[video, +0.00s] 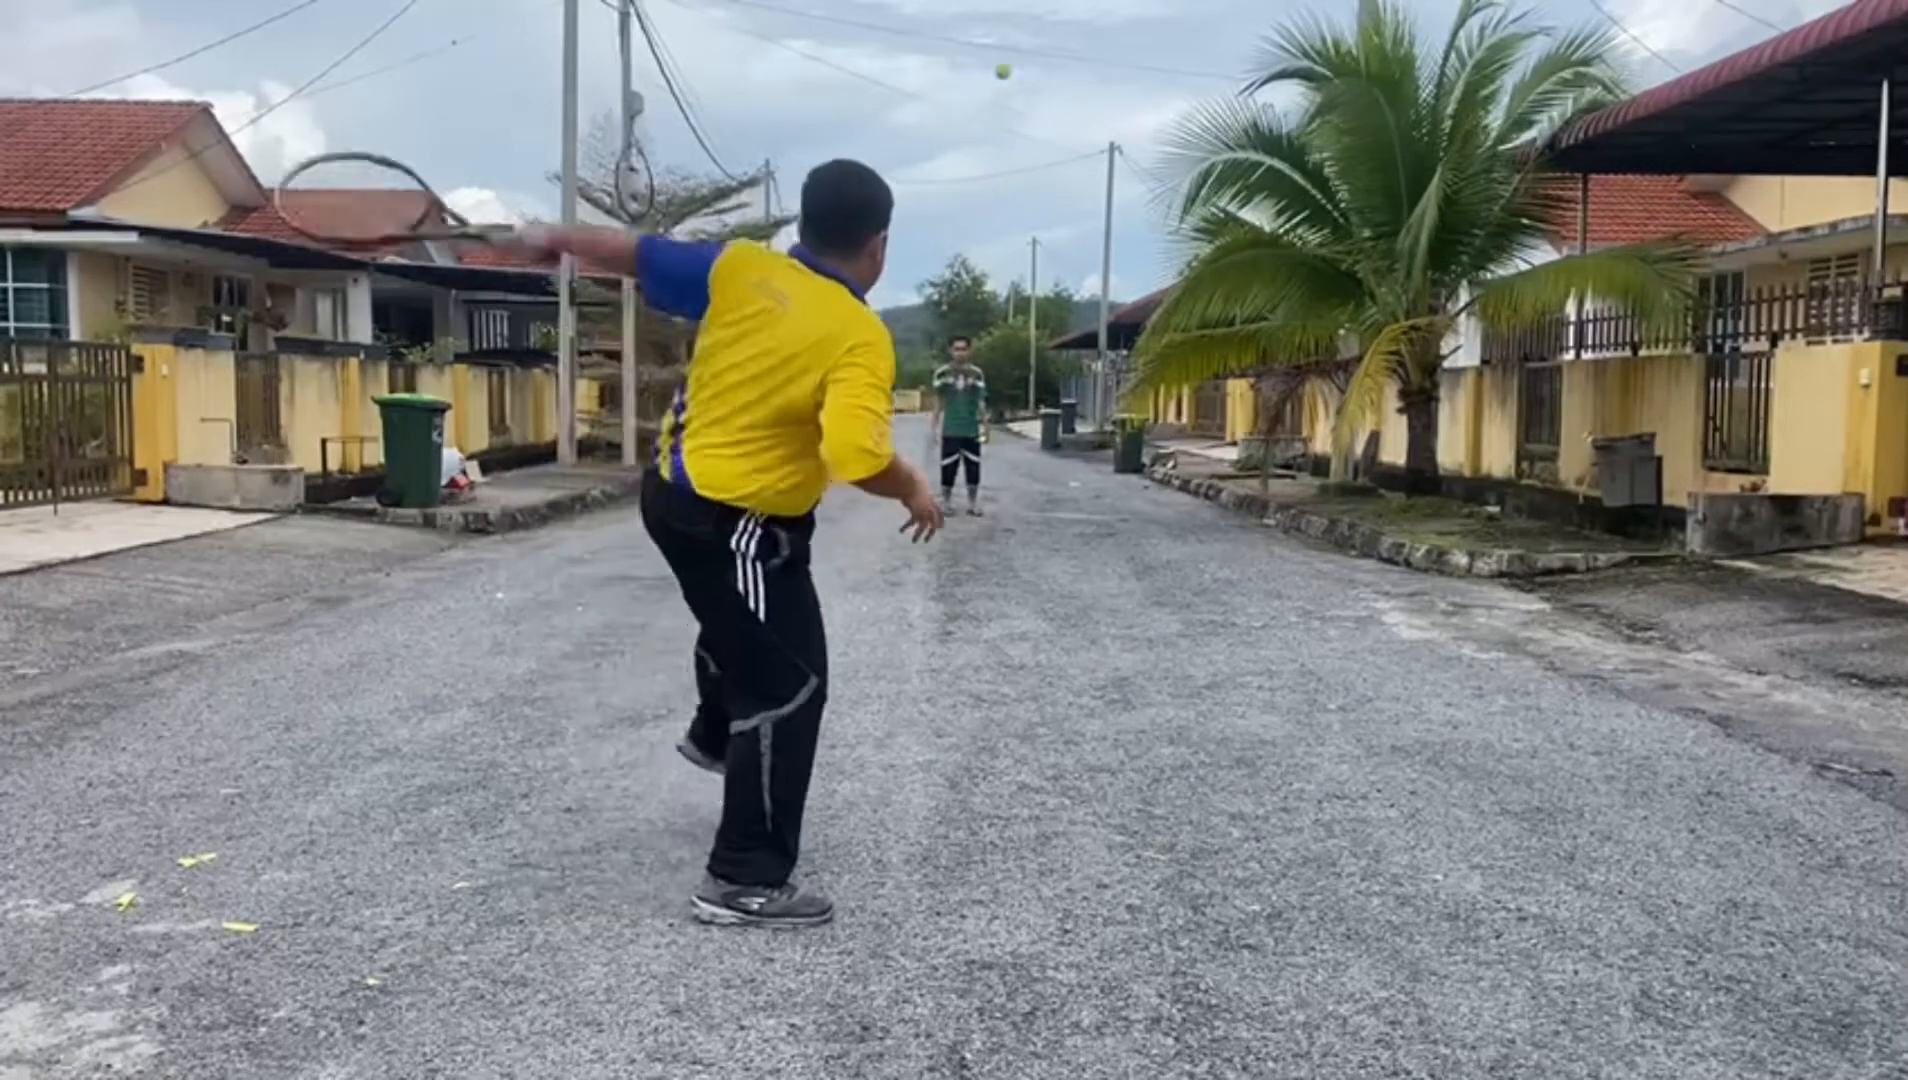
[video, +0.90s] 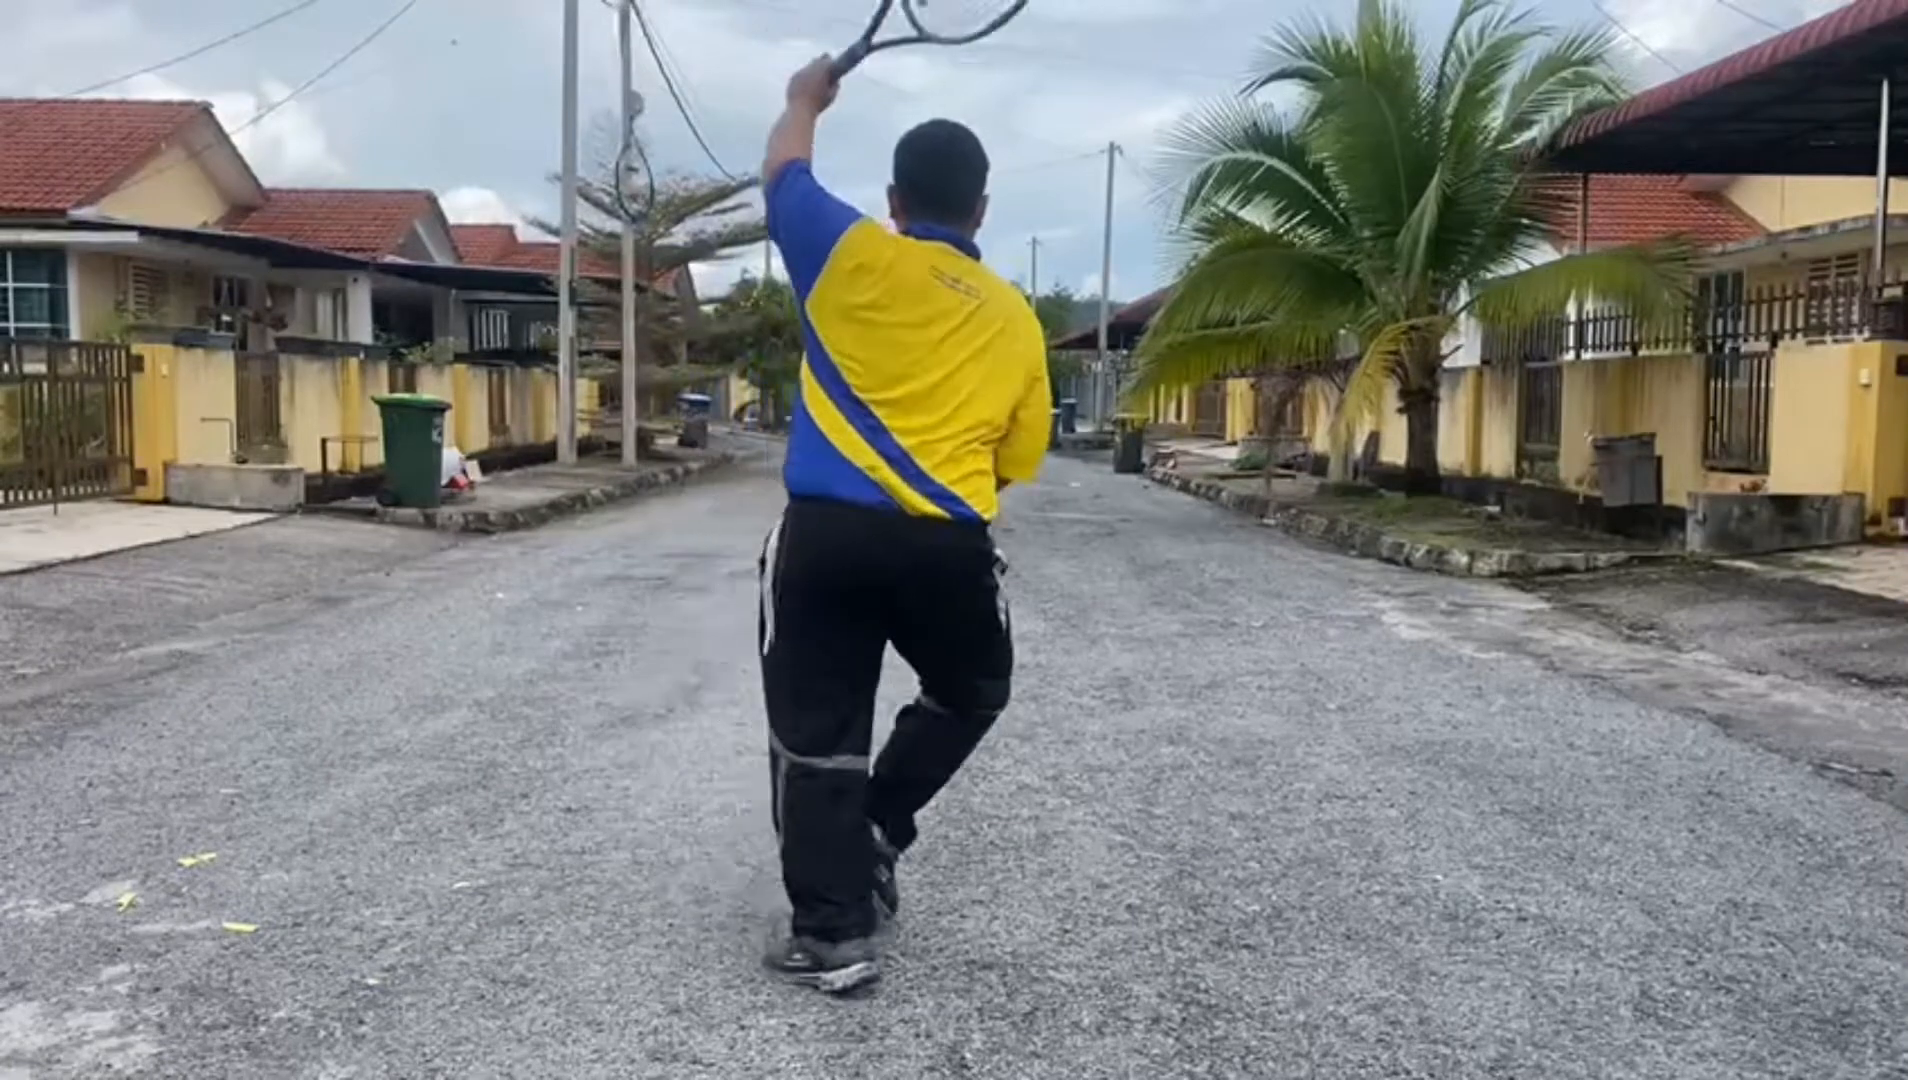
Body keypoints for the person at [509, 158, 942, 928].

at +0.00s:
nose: (886, 252)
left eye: (884, 238)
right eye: (886, 239)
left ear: (805, 228)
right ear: (875, 242)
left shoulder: (739, 266)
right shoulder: (858, 333)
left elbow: (634, 252)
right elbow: (856, 456)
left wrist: (555, 236)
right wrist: (913, 484)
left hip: (675, 496)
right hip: (749, 526)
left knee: (735, 617)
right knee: (785, 687)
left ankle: (715, 730)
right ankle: (747, 875)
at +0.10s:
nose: (903, 230)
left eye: (897, 214)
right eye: (903, 216)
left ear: (822, 213)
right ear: (894, 226)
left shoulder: (758, 249)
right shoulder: (909, 332)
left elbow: (634, 202)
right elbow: (908, 446)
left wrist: (525, 146)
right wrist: (922, 491)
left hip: (672, 481)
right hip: (754, 512)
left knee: (763, 647)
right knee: (787, 680)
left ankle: (744, 849)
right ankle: (747, 878)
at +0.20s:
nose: (909, 211)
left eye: (894, 196)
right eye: (910, 199)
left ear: (828, 197)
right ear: (902, 207)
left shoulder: (778, 238)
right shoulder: (928, 322)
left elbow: (673, 163)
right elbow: (936, 442)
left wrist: (578, 73)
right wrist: (908, 476)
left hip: (670, 467)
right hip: (759, 510)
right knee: (778, 681)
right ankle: (743, 874)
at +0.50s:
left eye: (868, 165)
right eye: (933, 170)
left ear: (858, 173)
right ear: (936, 184)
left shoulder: (824, 222)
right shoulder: (966, 306)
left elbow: (776, 112)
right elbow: (937, 433)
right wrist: (877, 374)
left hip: (728, 467)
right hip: (832, 509)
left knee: (689, 575)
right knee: (790, 694)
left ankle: (637, 694)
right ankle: (743, 872)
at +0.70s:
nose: (877, 184)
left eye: (880, 173)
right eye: (951, 174)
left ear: (879, 180)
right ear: (965, 189)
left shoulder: (840, 225)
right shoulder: (998, 307)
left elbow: (768, 114)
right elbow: (977, 438)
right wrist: (919, 375)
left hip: (766, 489)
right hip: (879, 525)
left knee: (713, 661)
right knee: (820, 707)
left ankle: (721, 811)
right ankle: (761, 873)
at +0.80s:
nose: (894, 182)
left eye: (894, 170)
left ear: (890, 179)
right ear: (975, 192)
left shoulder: (845, 228)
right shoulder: (1008, 308)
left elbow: (775, 121)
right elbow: (1002, 442)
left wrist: (777, 17)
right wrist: (942, 399)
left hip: (794, 504)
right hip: (910, 528)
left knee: (763, 692)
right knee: (880, 694)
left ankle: (804, 879)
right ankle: (779, 845)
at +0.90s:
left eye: (894, 193)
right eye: (982, 200)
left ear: (895, 199)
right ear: (980, 211)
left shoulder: (851, 255)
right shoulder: (1015, 320)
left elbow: (784, 175)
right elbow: (1021, 459)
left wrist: (804, 103)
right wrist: (943, 432)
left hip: (827, 537)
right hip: (946, 551)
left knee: (820, 735)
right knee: (967, 692)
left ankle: (832, 934)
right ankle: (876, 829)